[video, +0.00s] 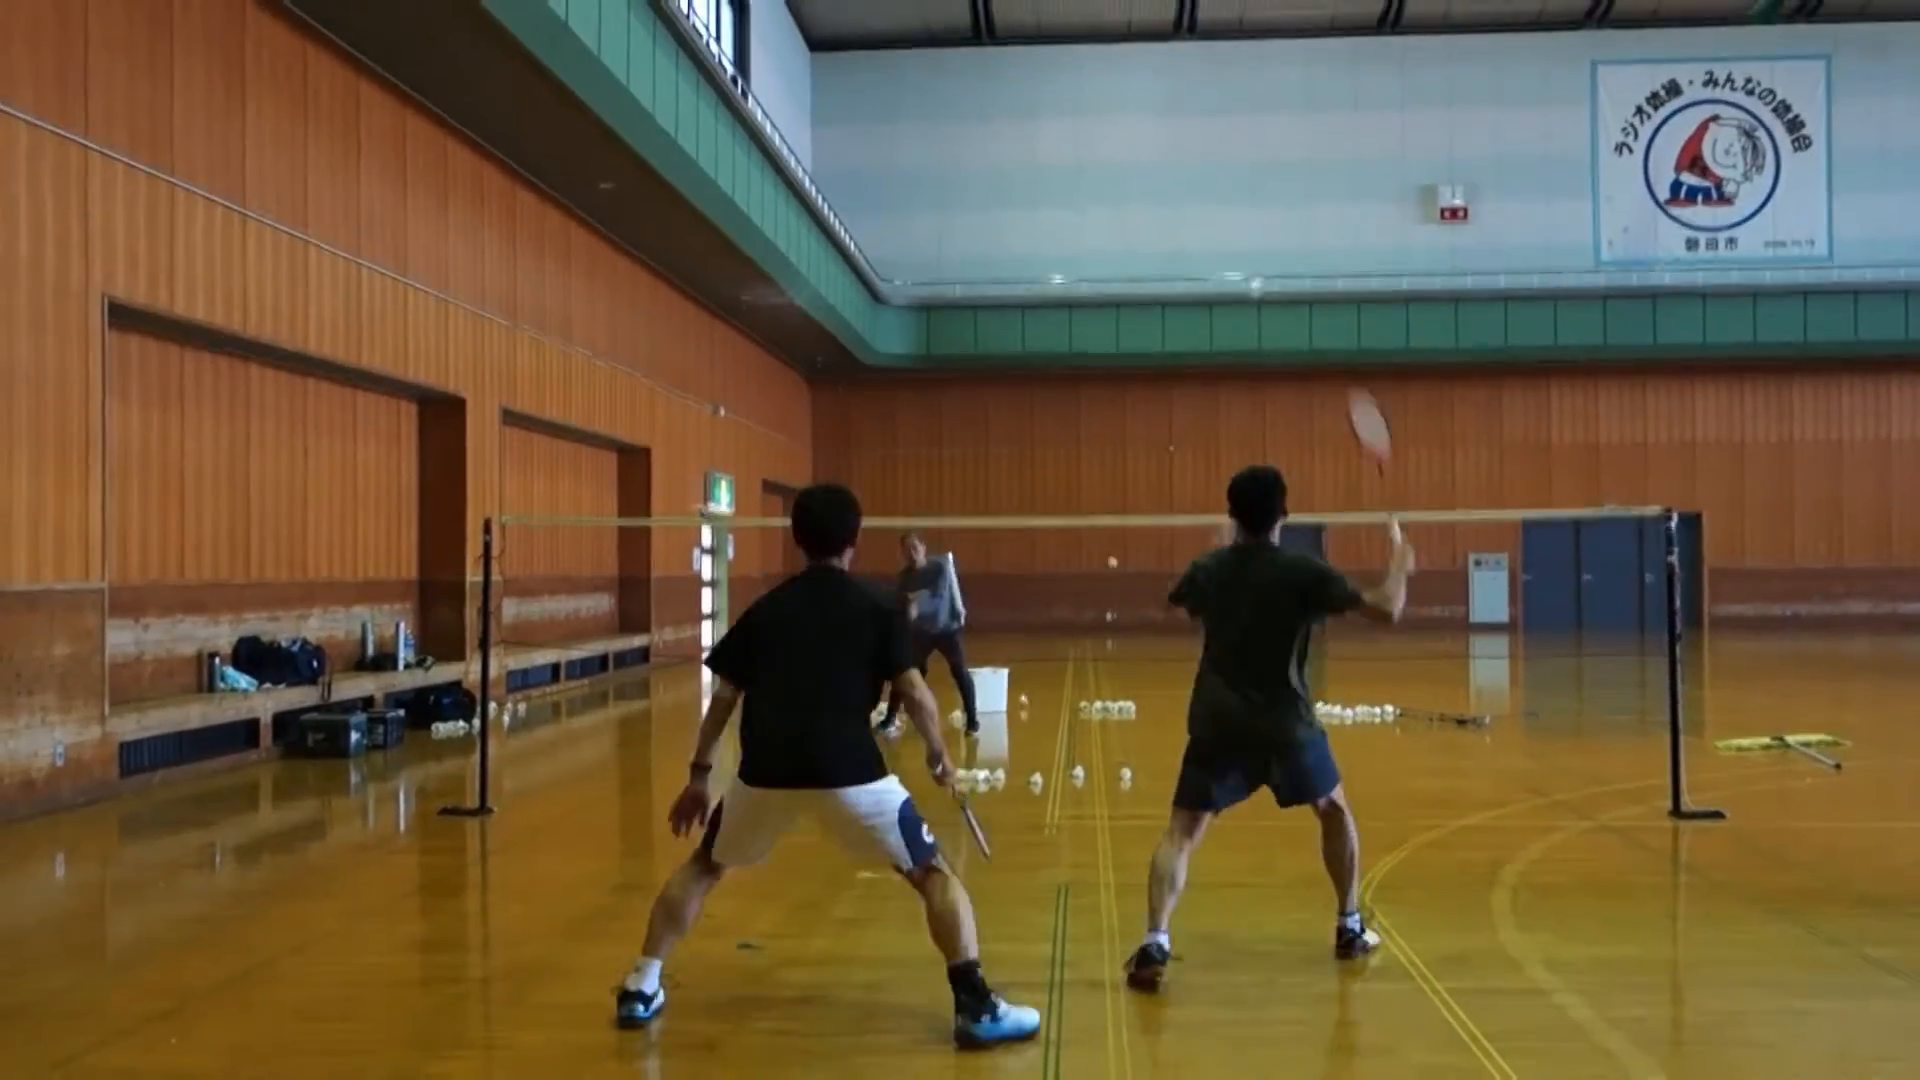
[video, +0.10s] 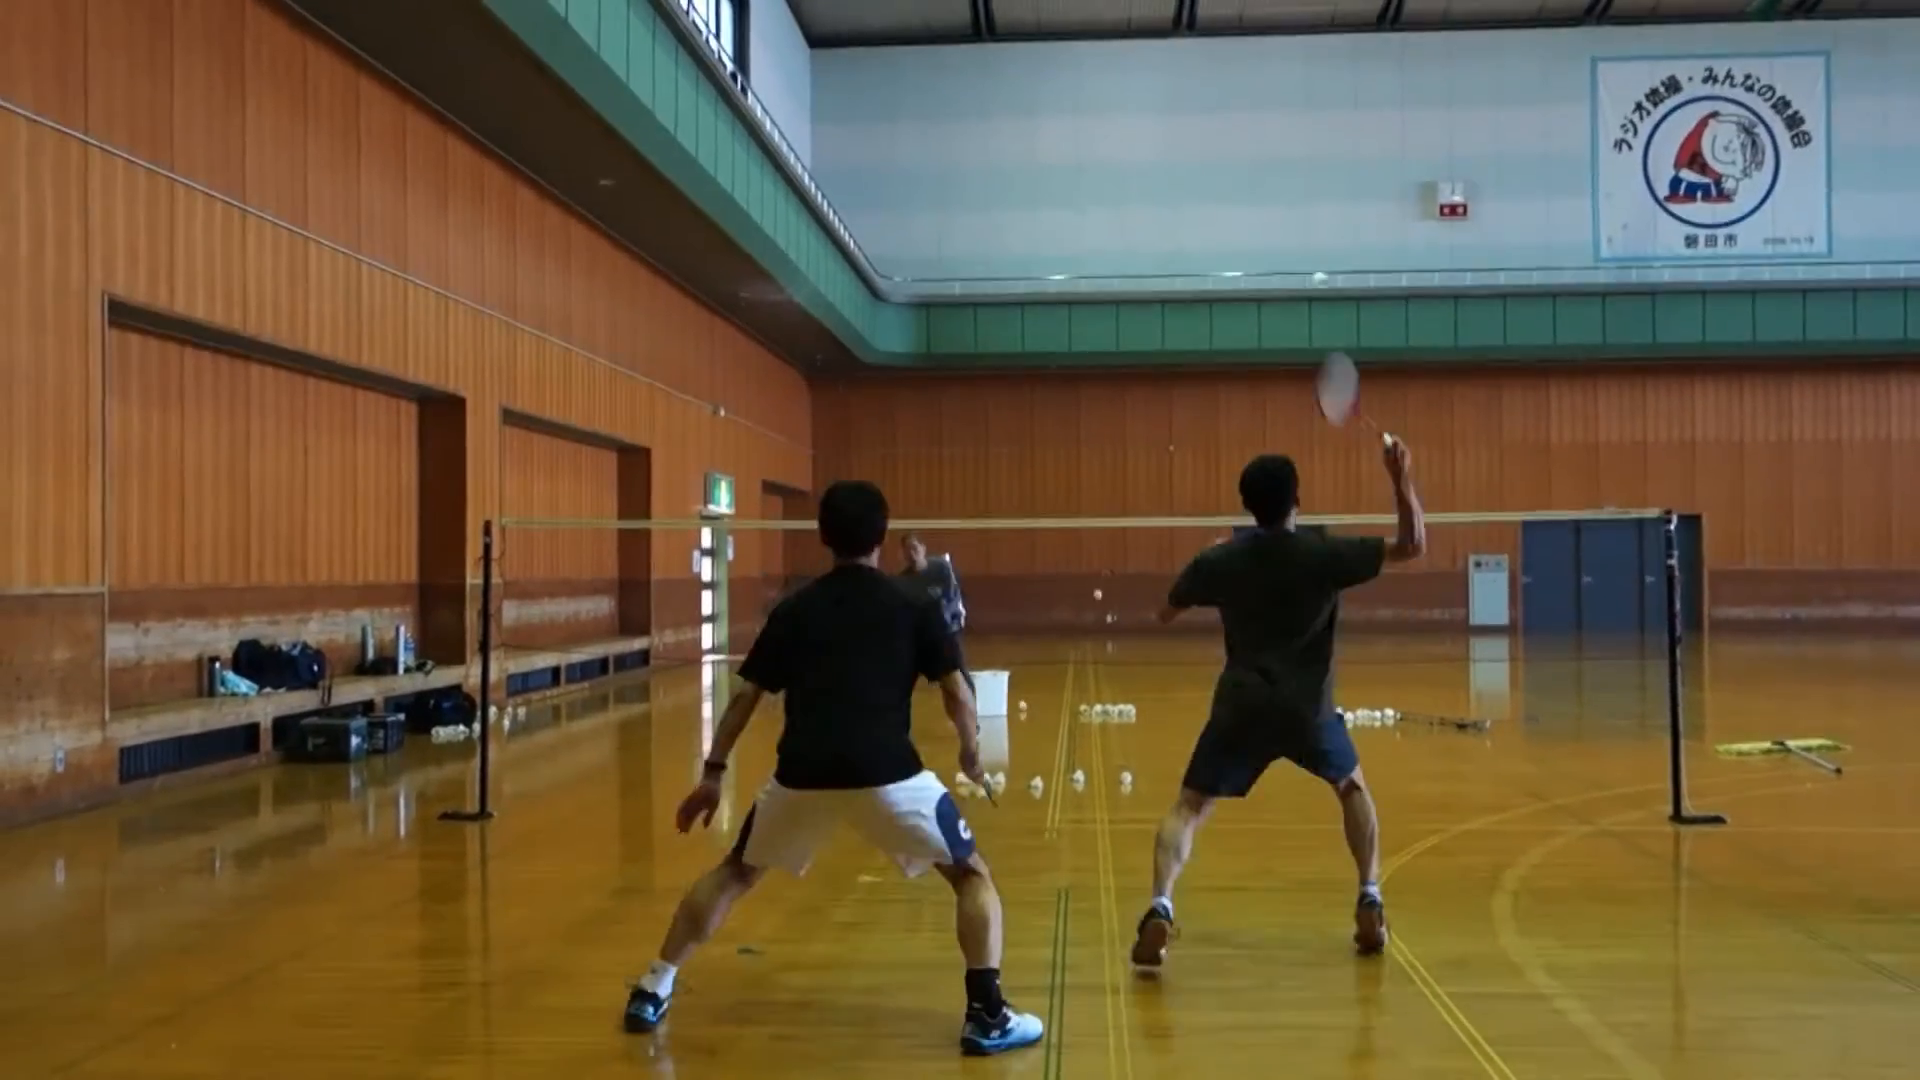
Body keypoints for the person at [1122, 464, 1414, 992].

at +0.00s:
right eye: (1281, 507)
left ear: (1232, 515)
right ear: (1282, 514)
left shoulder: (1210, 570)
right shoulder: (1302, 572)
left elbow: (1181, 604)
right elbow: (1387, 608)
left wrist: (1225, 562)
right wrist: (1400, 564)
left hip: (1216, 724)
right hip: (1285, 724)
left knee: (1181, 832)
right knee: (1333, 811)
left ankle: (1156, 940)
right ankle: (1349, 922)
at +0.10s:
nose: (1288, 499)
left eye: (1260, 495)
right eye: (1291, 492)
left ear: (1247, 503)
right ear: (1296, 500)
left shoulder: (1221, 562)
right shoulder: (1322, 553)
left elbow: (1168, 610)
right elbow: (1411, 546)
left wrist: (1214, 555)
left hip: (1239, 709)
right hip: (1307, 710)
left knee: (1189, 807)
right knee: (1352, 789)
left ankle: (1160, 904)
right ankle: (1370, 894)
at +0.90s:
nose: (1137, 598)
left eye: (1138, 592)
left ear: (1140, 598)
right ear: (1180, 602)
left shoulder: (1120, 634)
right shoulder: (1193, 647)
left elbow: (1067, 634)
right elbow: (1207, 668)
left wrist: (1022, 622)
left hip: (1127, 760)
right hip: (1181, 762)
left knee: (1061, 833)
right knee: (1202, 806)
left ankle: (1026, 913)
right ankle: (1225, 892)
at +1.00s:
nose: (1137, 602)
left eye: (1140, 597)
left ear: (1139, 606)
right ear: (1177, 611)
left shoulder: (1135, 645)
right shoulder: (1189, 646)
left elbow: (1076, 654)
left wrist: (1025, 648)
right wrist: (1162, 581)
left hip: (1146, 759)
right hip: (1194, 758)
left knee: (1074, 828)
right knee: (1207, 821)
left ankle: (1016, 912)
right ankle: (1227, 894)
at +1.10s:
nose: (1128, 597)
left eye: (1130, 591)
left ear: (1132, 598)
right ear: (1169, 601)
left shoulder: (1123, 634)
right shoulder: (1186, 646)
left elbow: (1083, 664)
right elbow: (1199, 703)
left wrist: (1021, 675)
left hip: (1135, 746)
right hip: (1183, 747)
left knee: (1082, 836)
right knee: (1196, 806)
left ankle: (1058, 922)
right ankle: (1226, 886)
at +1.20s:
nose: (1113, 570)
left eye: (1114, 564)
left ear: (1115, 569)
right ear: (1153, 574)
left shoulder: (1098, 604)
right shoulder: (1171, 629)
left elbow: (1076, 648)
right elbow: (1188, 701)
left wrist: (1039, 695)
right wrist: (1169, 739)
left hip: (1103, 723)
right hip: (1153, 727)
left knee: (1045, 804)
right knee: (1183, 801)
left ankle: (1046, 878)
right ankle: (1217, 879)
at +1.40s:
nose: (1062, 576)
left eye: (1063, 571)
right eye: (1071, 571)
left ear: (1064, 577)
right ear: (1100, 579)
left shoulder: (1048, 622)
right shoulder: (1119, 631)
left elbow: (1020, 675)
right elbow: (1124, 696)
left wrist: (975, 715)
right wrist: (1110, 737)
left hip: (1050, 739)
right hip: (1105, 741)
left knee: (978, 798)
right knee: (1152, 808)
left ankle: (947, 887)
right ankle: (1195, 883)